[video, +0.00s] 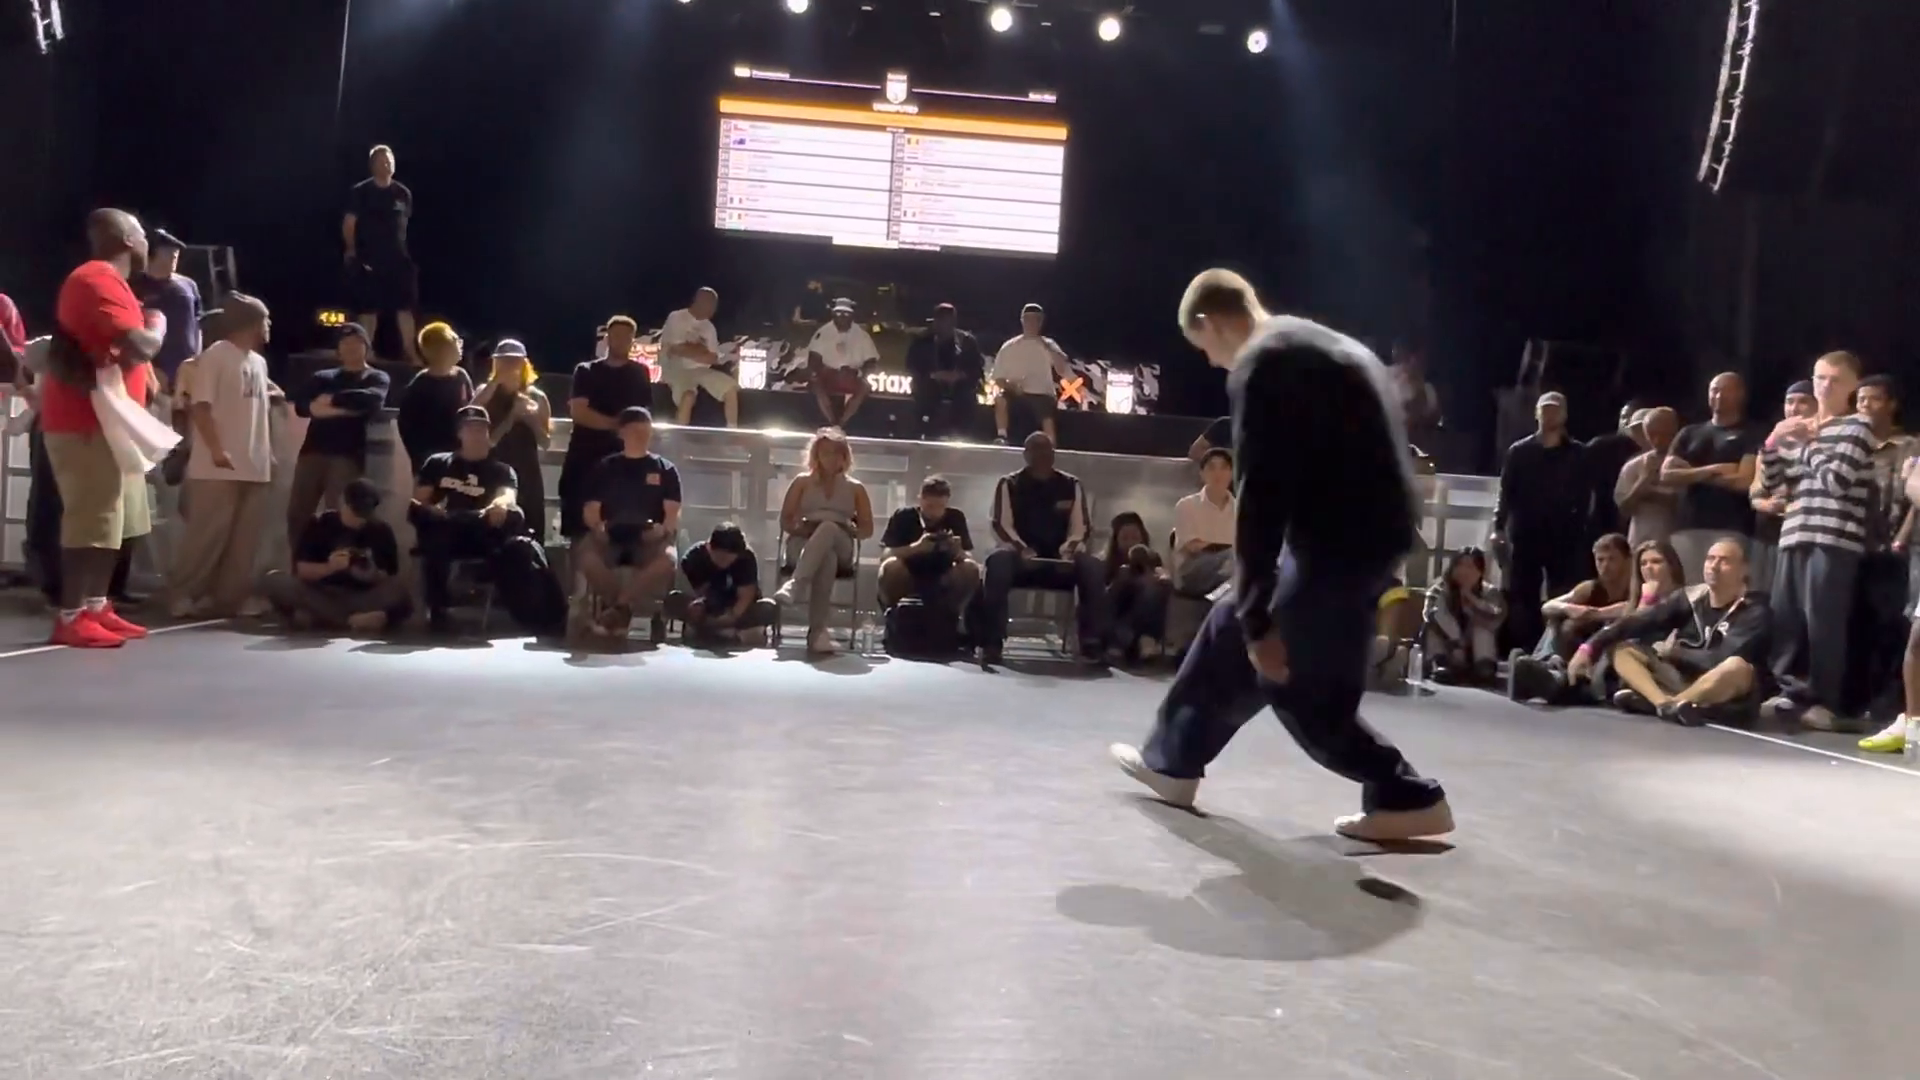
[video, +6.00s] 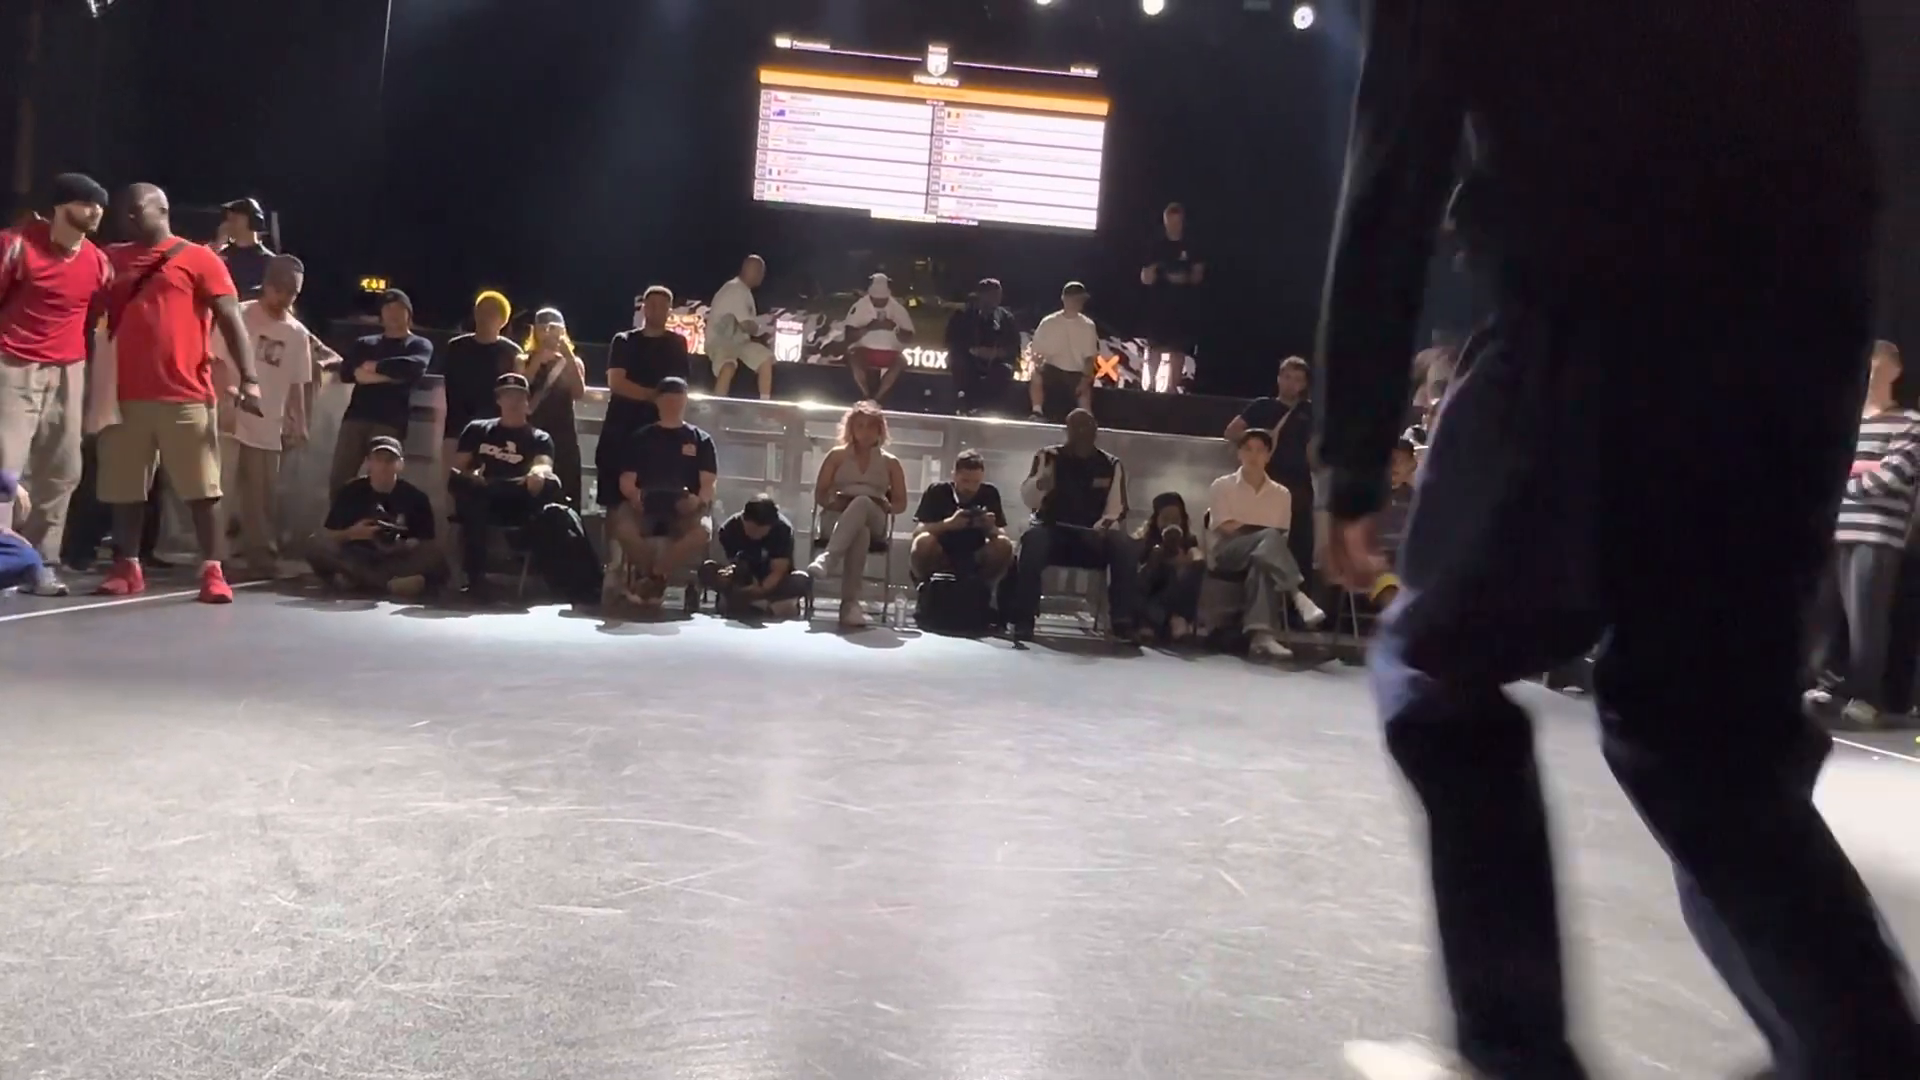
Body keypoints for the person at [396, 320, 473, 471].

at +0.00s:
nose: (460, 343)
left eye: (457, 338)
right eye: (454, 340)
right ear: (441, 350)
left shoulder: (461, 376)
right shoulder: (416, 388)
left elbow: (470, 413)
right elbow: (406, 427)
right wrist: (420, 461)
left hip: (461, 456)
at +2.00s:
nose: (509, 309)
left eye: (505, 305)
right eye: (503, 306)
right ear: (489, 314)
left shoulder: (505, 347)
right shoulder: (466, 354)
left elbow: (512, 384)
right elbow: (452, 389)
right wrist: (461, 424)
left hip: (501, 425)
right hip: (471, 427)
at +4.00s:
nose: (512, 302)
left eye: (509, 298)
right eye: (507, 299)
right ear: (493, 307)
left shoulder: (509, 340)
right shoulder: (469, 347)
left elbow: (518, 377)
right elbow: (457, 385)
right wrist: (467, 419)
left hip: (505, 417)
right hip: (475, 421)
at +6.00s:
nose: (484, 319)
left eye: (491, 314)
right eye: (481, 313)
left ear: (503, 320)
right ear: (475, 315)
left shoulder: (511, 352)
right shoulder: (455, 346)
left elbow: (514, 391)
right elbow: (445, 383)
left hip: (494, 426)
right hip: (457, 423)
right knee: (452, 487)